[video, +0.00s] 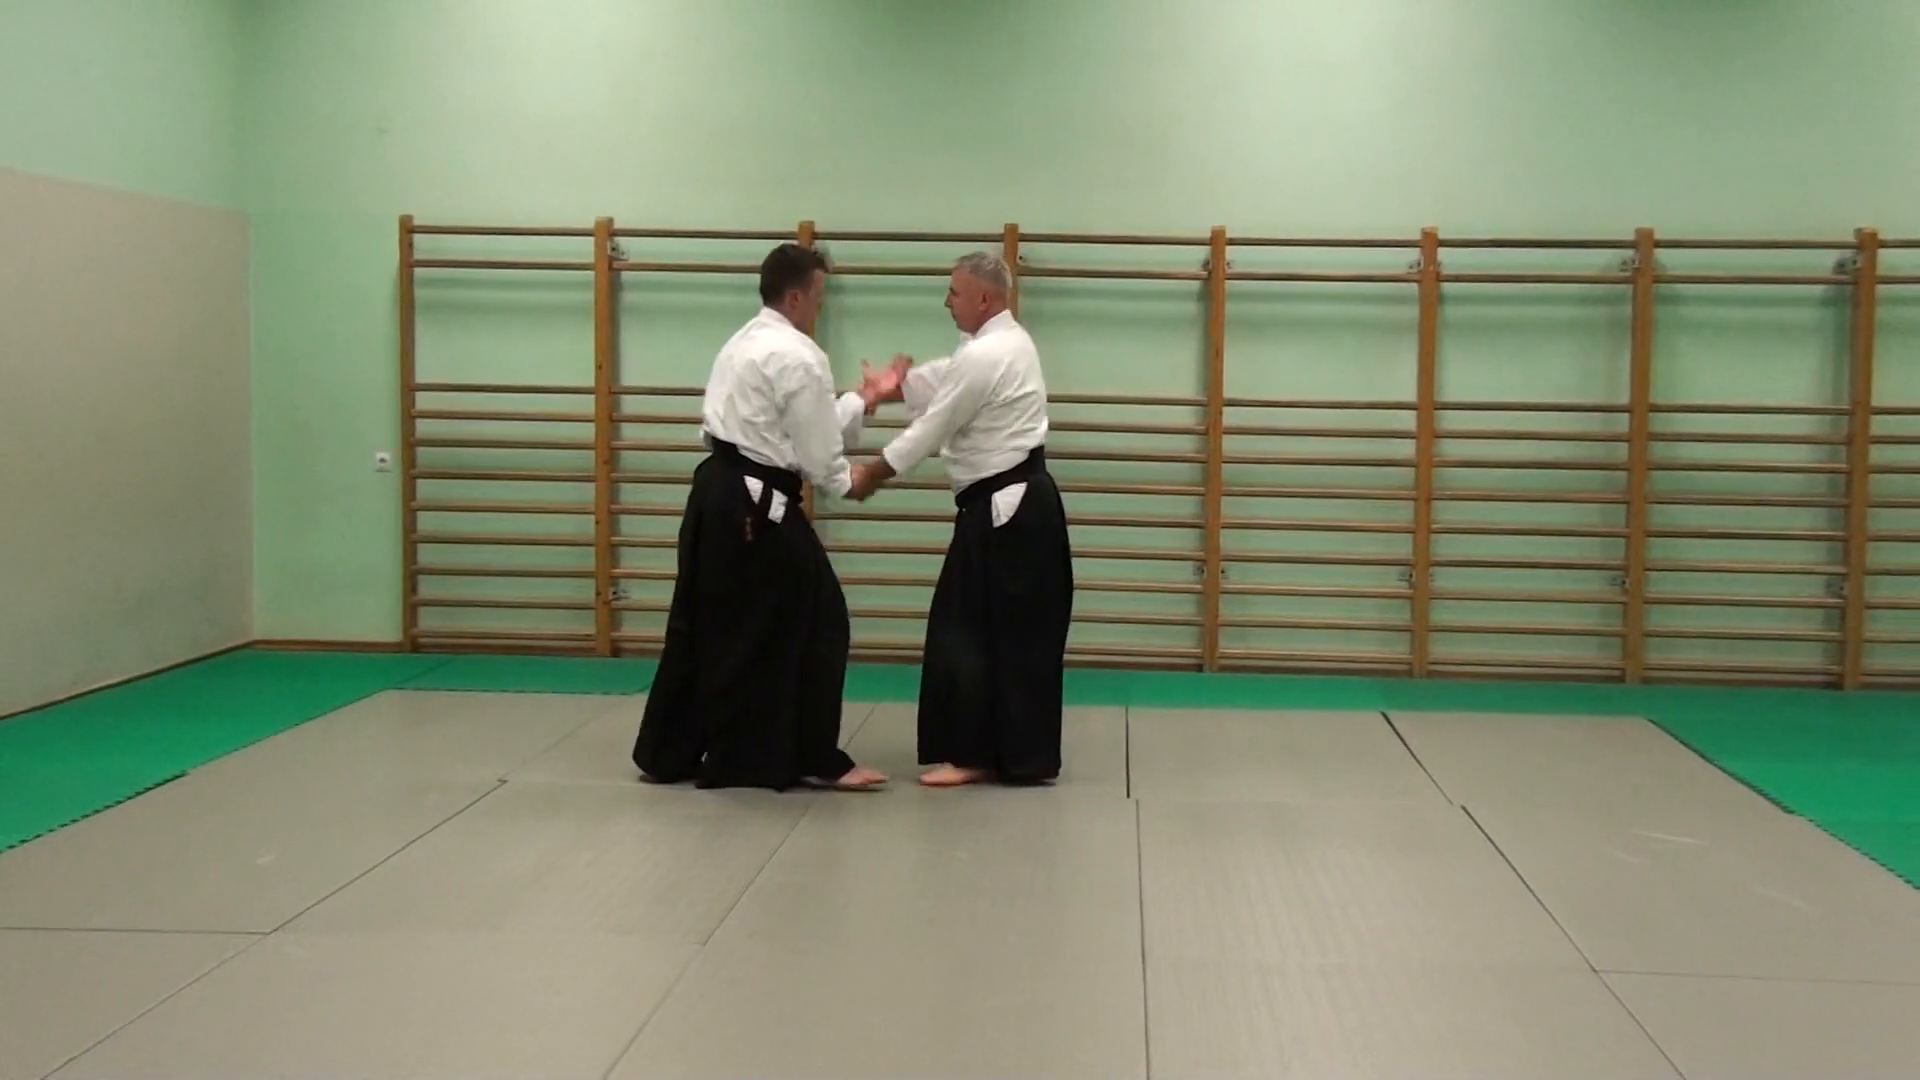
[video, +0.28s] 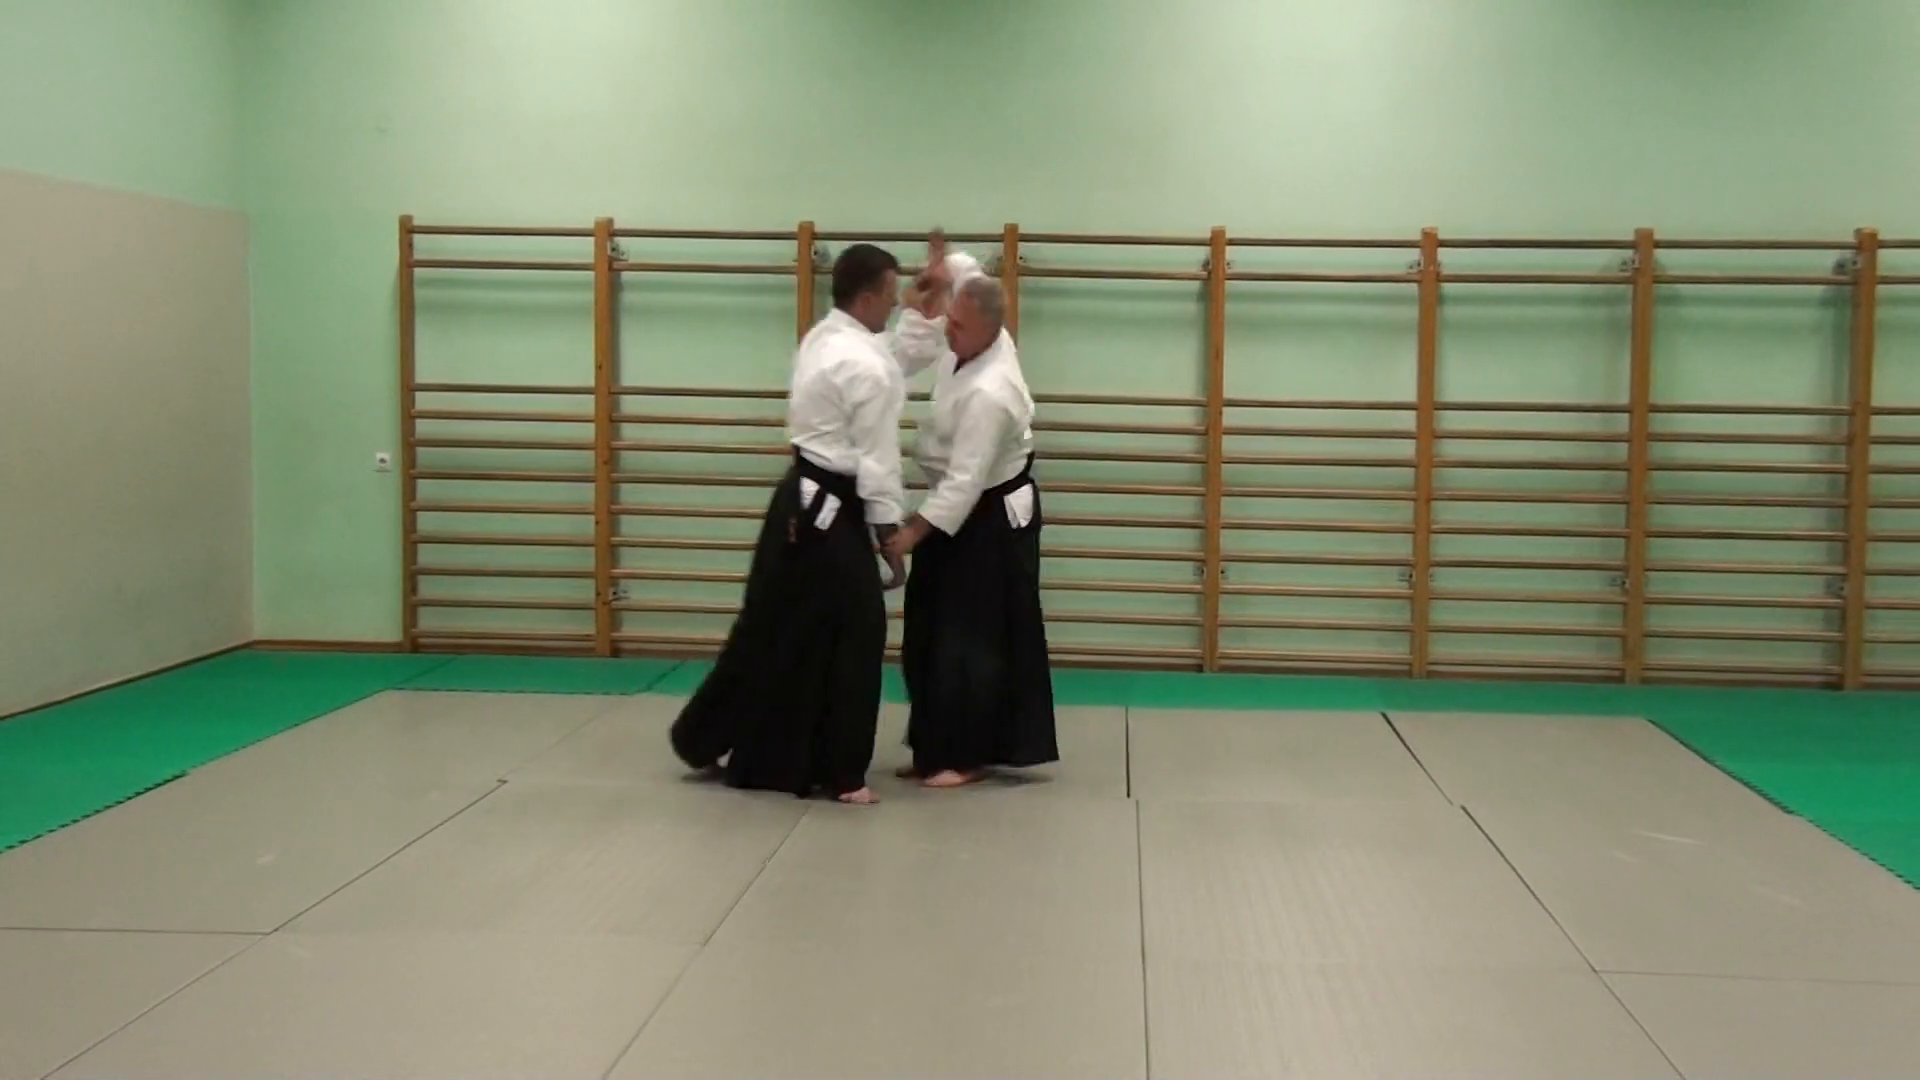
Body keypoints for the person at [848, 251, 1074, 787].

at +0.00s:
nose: (949, 302)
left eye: (954, 293)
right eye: (950, 292)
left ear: (984, 297)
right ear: (990, 297)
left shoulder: (984, 356)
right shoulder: (1012, 340)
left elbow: (936, 424)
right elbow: (952, 374)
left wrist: (877, 471)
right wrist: (896, 381)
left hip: (998, 508)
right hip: (1027, 499)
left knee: (961, 626)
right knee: (1020, 627)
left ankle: (969, 756)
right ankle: (1022, 754)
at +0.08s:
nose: (944, 304)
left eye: (951, 297)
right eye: (946, 295)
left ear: (980, 303)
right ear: (985, 302)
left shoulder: (975, 362)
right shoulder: (1002, 337)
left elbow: (932, 444)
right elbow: (936, 350)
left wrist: (877, 495)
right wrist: (889, 355)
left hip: (993, 511)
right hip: (1021, 500)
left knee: (964, 630)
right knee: (1016, 629)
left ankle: (971, 758)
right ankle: (1020, 756)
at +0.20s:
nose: (938, 318)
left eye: (946, 311)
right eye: (939, 309)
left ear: (977, 315)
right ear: (976, 313)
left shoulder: (981, 379)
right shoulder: (987, 342)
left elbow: (951, 470)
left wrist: (897, 522)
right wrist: (910, 293)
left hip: (989, 511)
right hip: (1007, 500)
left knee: (948, 623)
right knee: (992, 624)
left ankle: (964, 756)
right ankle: (996, 749)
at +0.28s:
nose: (947, 331)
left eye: (959, 325)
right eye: (947, 320)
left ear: (989, 326)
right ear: (951, 312)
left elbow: (966, 479)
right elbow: (970, 287)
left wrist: (917, 531)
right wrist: (945, 268)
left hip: (991, 513)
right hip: (961, 503)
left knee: (973, 630)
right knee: (934, 623)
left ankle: (972, 755)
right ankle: (936, 748)